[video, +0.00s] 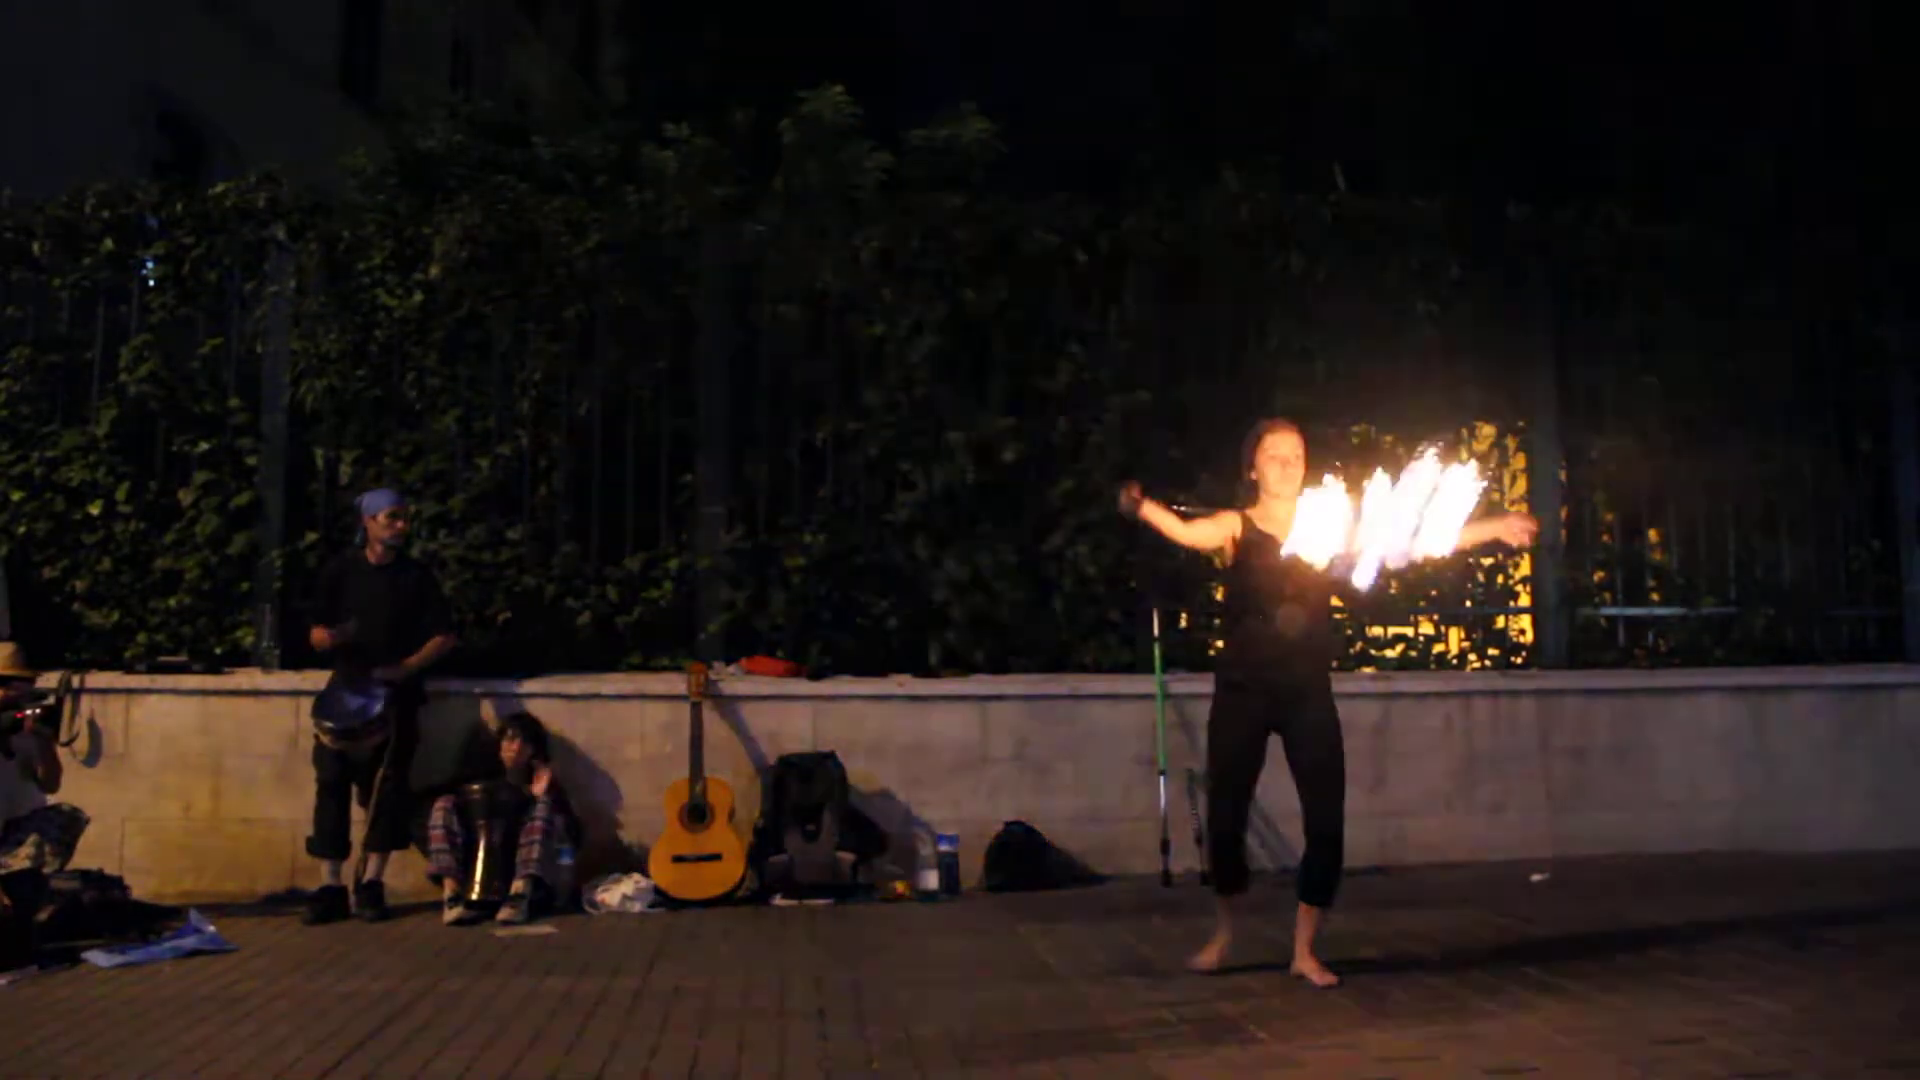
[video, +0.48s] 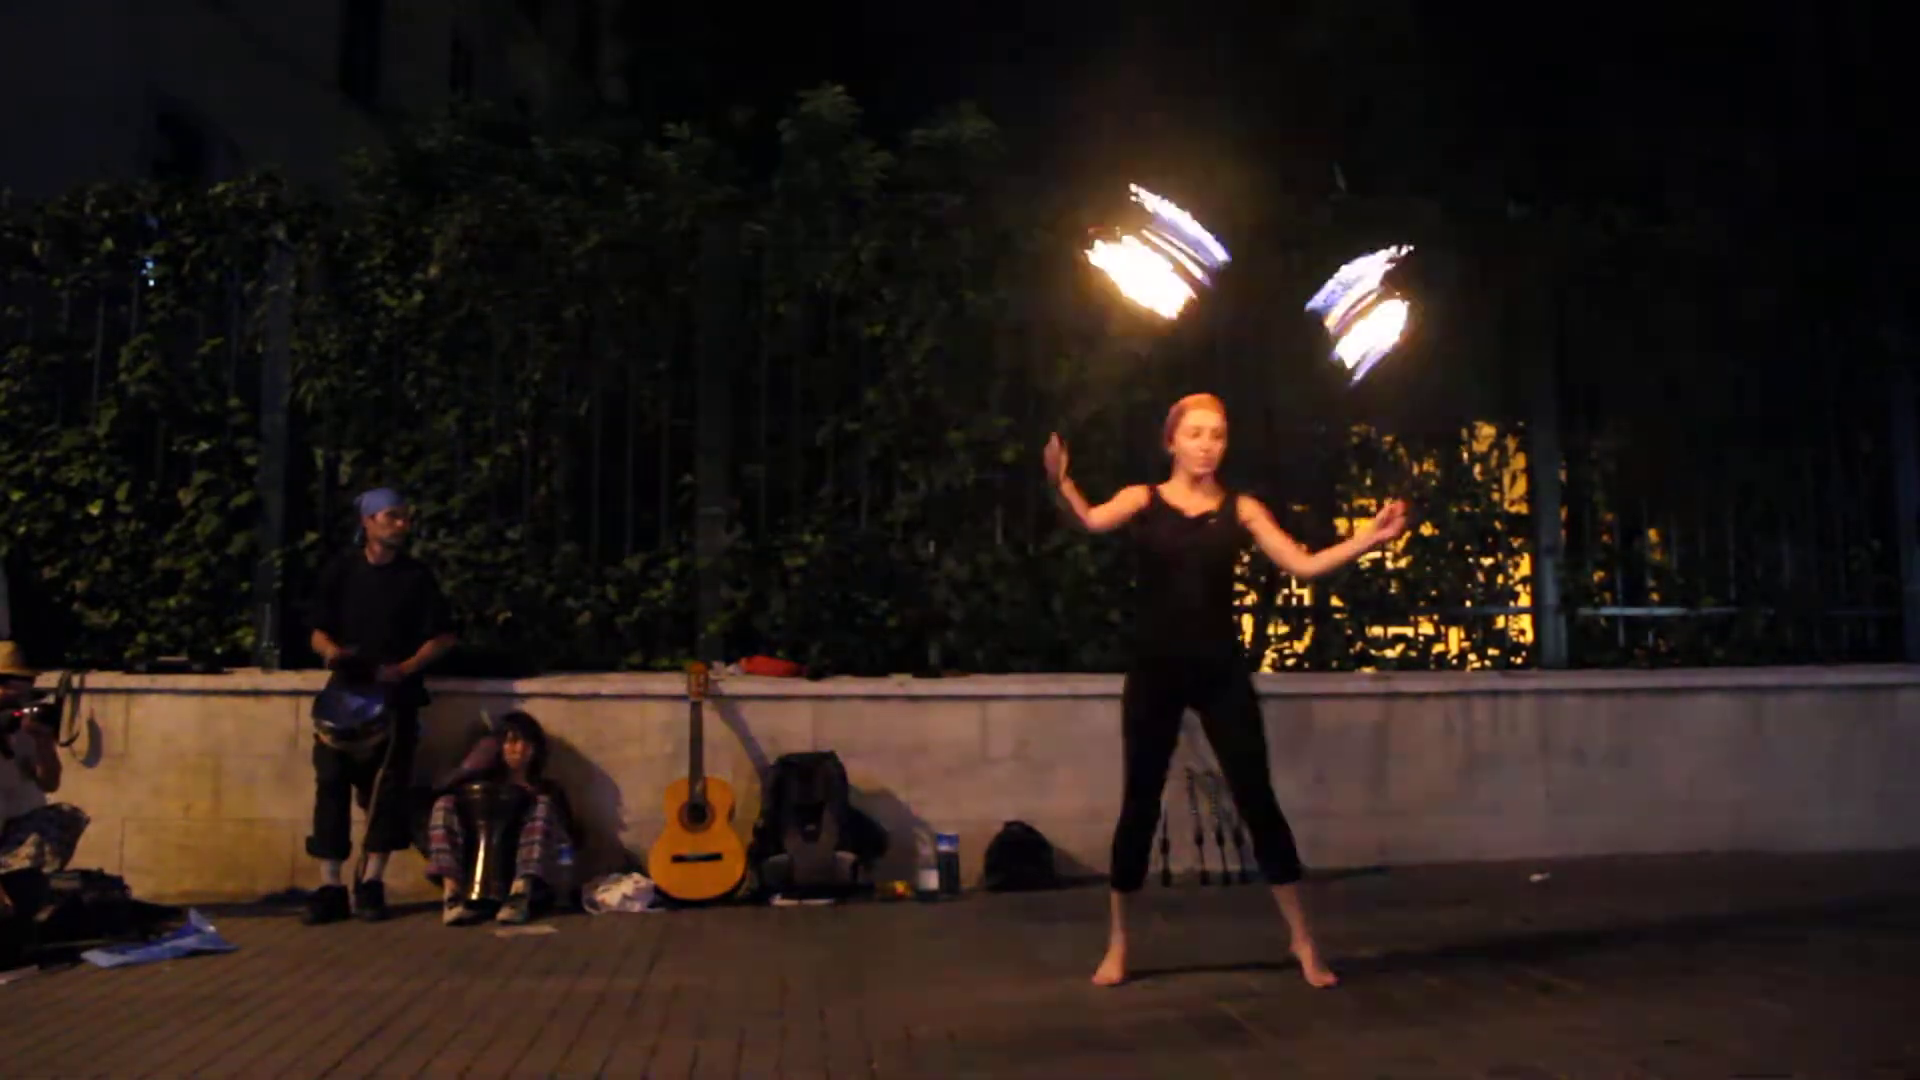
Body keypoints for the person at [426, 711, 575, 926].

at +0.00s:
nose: (513, 748)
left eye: (522, 741)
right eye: (509, 739)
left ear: (534, 751)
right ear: (500, 745)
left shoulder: (545, 788)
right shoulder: (488, 787)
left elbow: (569, 839)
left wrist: (542, 799)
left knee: (541, 811)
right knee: (444, 805)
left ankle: (520, 893)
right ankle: (451, 893)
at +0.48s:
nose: (518, 749)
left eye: (526, 743)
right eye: (512, 741)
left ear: (535, 750)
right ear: (500, 746)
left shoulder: (548, 790)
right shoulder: (481, 785)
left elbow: (564, 840)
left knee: (542, 806)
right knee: (444, 804)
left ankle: (521, 893)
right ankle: (451, 894)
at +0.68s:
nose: (512, 748)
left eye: (519, 741)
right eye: (507, 740)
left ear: (533, 748)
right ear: (500, 745)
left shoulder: (537, 780)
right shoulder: (484, 773)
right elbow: (451, 778)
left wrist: (541, 798)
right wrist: (488, 757)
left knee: (542, 807)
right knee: (445, 804)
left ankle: (521, 893)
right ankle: (451, 893)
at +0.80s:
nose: (515, 748)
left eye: (523, 741)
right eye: (508, 741)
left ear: (536, 749)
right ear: (495, 746)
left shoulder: (548, 789)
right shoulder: (478, 781)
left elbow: (573, 838)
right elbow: (434, 781)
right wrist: (471, 753)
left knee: (543, 807)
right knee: (445, 805)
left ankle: (520, 894)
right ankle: (451, 894)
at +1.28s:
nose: (518, 749)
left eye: (525, 742)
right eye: (511, 742)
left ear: (535, 749)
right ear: (497, 748)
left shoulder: (547, 790)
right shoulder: (482, 790)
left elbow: (566, 840)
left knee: (542, 807)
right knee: (444, 805)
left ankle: (521, 893)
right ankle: (451, 893)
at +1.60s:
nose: (514, 750)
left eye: (521, 743)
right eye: (507, 743)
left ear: (532, 749)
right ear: (498, 748)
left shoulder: (546, 788)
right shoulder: (484, 787)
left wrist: (541, 800)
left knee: (542, 809)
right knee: (442, 806)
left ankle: (520, 891)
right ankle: (451, 893)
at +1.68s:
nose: (513, 750)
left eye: (520, 743)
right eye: (506, 743)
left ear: (531, 748)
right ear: (498, 748)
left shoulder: (540, 778)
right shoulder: (485, 775)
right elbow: (452, 779)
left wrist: (543, 798)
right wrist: (493, 776)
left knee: (542, 808)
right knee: (444, 805)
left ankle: (520, 891)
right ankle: (451, 892)